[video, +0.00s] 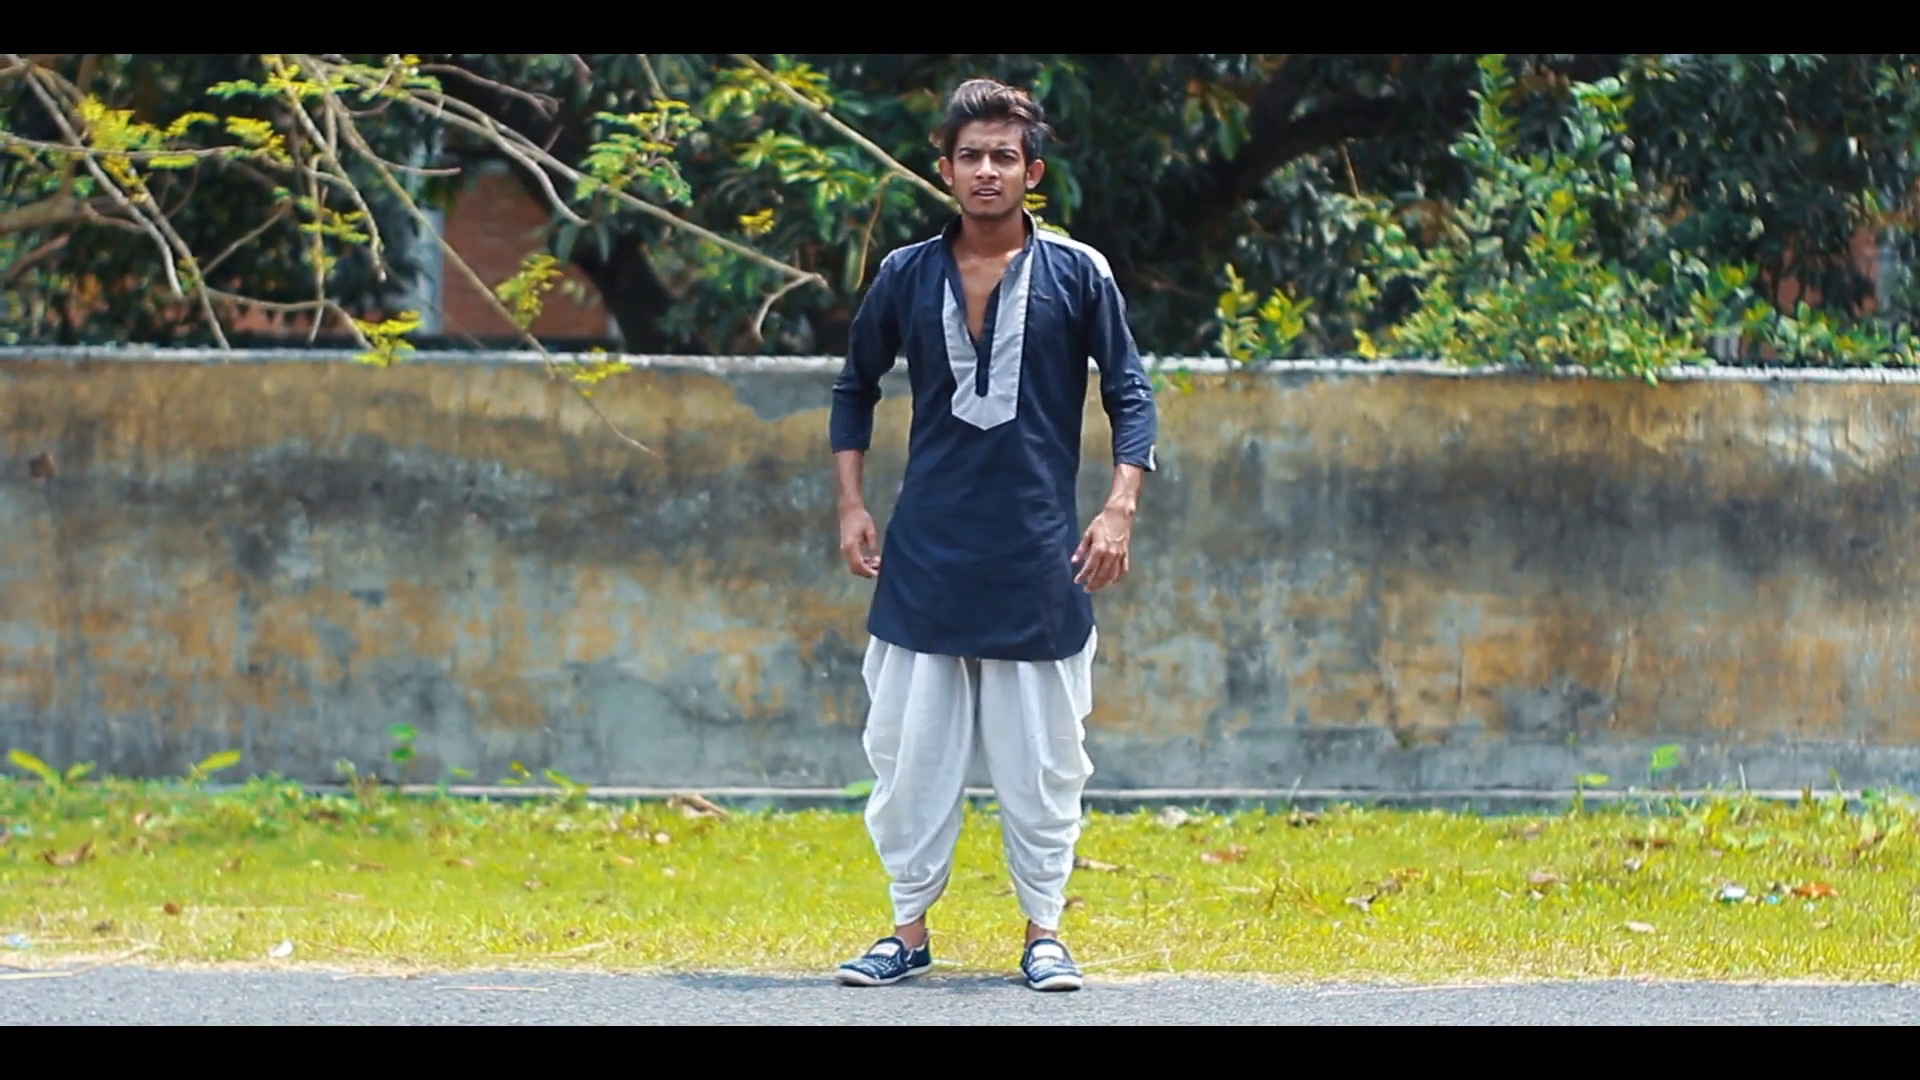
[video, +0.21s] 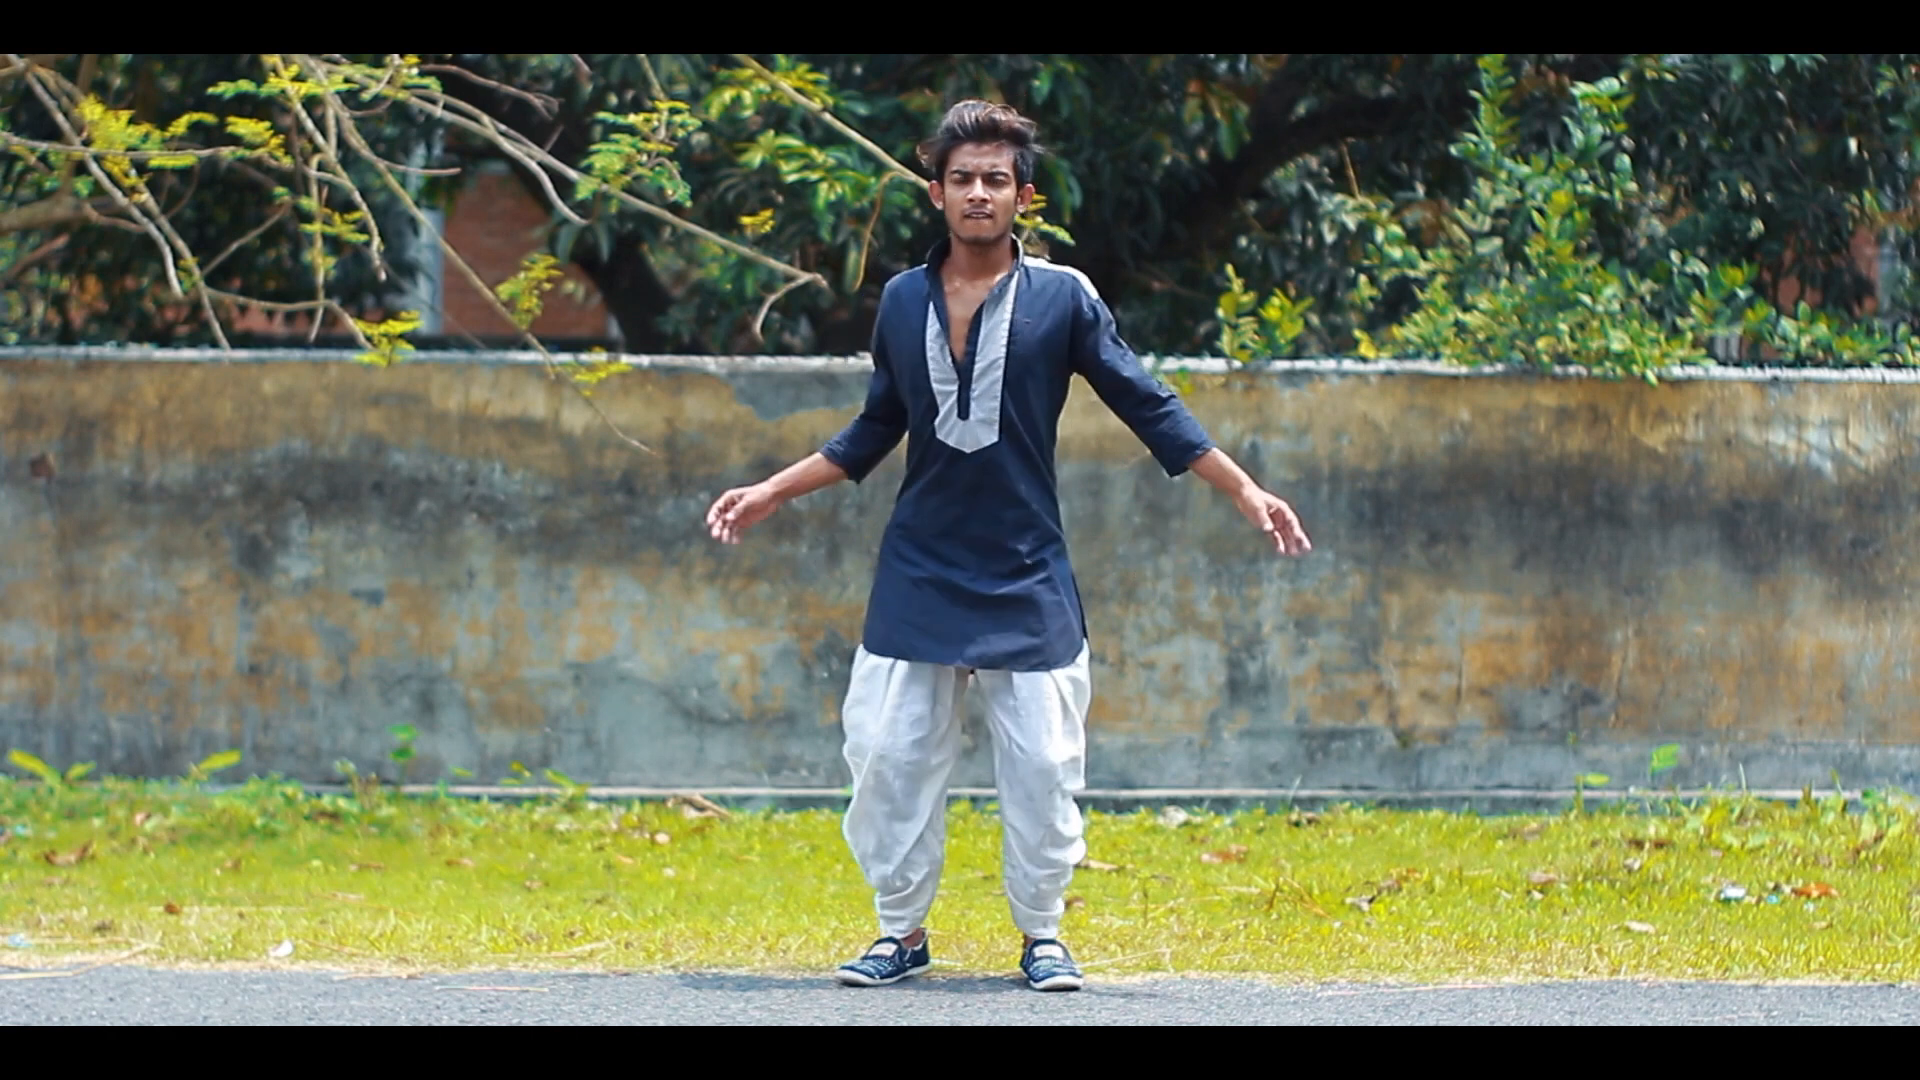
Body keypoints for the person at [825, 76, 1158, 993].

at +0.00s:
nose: (988, 173)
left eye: (1005, 158)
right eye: (972, 158)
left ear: (1031, 169)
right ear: (948, 169)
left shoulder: (1079, 273)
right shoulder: (902, 275)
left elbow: (1130, 396)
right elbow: (856, 388)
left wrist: (1120, 507)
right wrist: (851, 503)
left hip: (1036, 547)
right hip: (926, 546)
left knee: (1043, 750)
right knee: (907, 747)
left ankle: (1044, 935)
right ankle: (910, 933)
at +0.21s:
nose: (980, 194)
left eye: (997, 179)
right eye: (964, 178)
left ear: (1023, 193)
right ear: (938, 190)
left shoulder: (1063, 297)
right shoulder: (904, 298)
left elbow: (1148, 402)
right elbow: (878, 423)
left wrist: (1244, 489)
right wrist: (775, 488)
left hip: (1024, 561)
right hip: (920, 557)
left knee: (1042, 760)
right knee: (886, 750)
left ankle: (1042, 935)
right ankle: (902, 932)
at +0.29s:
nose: (981, 202)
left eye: (998, 187)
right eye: (966, 187)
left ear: (1025, 200)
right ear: (940, 198)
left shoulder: (1068, 298)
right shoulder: (908, 299)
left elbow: (1184, 363)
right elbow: (844, 388)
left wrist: (1314, 376)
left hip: (1025, 572)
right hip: (920, 568)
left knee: (1040, 763)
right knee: (878, 754)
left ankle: (1041, 936)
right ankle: (900, 937)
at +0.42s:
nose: (1005, 154)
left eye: (1020, 138)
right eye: (990, 138)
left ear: (1051, 142)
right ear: (966, 143)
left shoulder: (1093, 223)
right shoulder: (931, 220)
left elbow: (1170, 245)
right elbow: (835, 230)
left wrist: (1215, 242)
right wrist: (787, 209)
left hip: (1051, 515)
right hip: (949, 511)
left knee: (1026, 715)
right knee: (918, 720)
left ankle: (1016, 903)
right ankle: (939, 906)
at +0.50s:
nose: (1023, 145)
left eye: (1040, 129)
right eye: (1008, 130)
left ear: (1073, 132)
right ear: (985, 132)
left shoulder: (1110, 212)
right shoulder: (959, 205)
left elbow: (1155, 289)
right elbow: (837, 253)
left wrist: (1066, 287)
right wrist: (924, 246)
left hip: (1067, 491)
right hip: (973, 485)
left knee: (1017, 690)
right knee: (936, 695)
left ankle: (986, 892)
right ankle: (1022, 884)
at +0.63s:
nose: (1053, 186)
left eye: (1071, 168)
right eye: (1037, 169)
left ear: (1103, 183)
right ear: (1014, 180)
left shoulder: (1130, 288)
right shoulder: (987, 280)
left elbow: (1083, 404)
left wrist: (984, 339)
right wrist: (1030, 294)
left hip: (1097, 533)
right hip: (1001, 525)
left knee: (1010, 710)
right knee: (989, 726)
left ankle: (943, 924)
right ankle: (1095, 929)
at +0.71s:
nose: (1065, 208)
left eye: (1083, 194)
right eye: (1052, 194)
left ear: (1121, 205)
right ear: (1034, 205)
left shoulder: (1152, 297)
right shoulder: (1010, 293)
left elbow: (1149, 393)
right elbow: (914, 376)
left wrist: (1101, 291)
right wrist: (940, 264)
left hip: (1109, 555)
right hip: (1019, 547)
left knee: (1028, 746)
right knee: (1018, 756)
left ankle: (945, 937)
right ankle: (1095, 928)